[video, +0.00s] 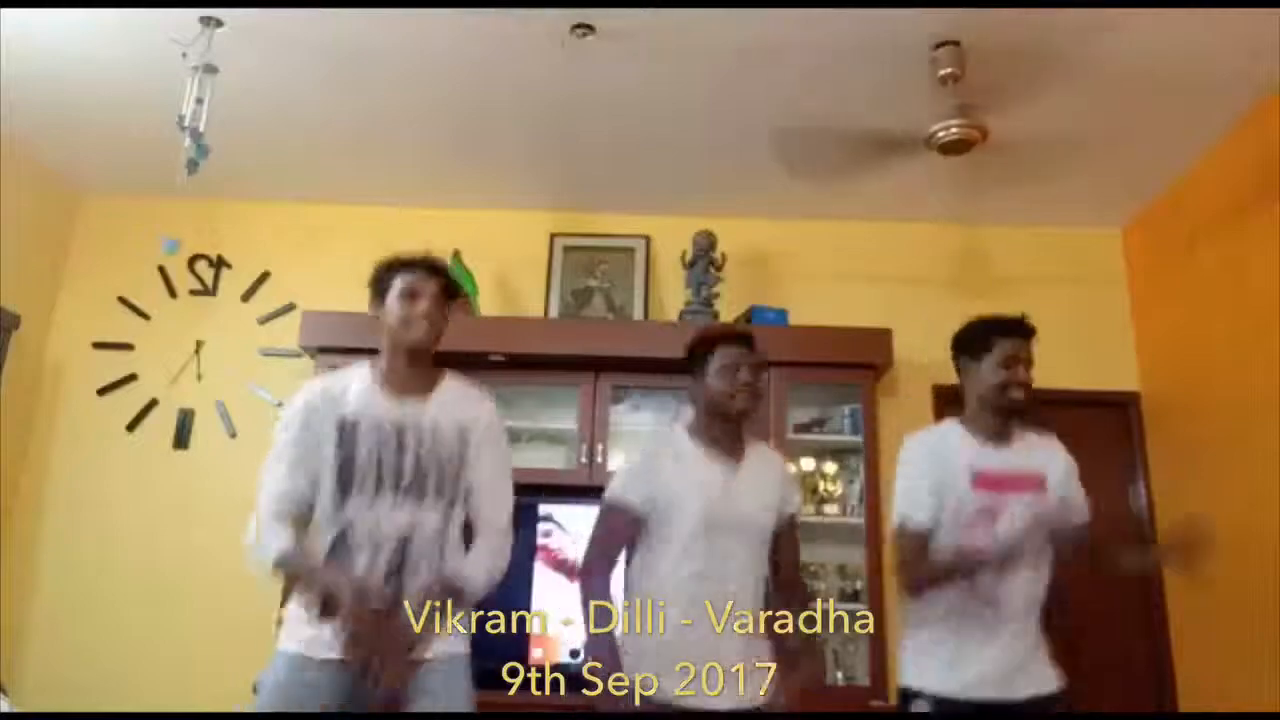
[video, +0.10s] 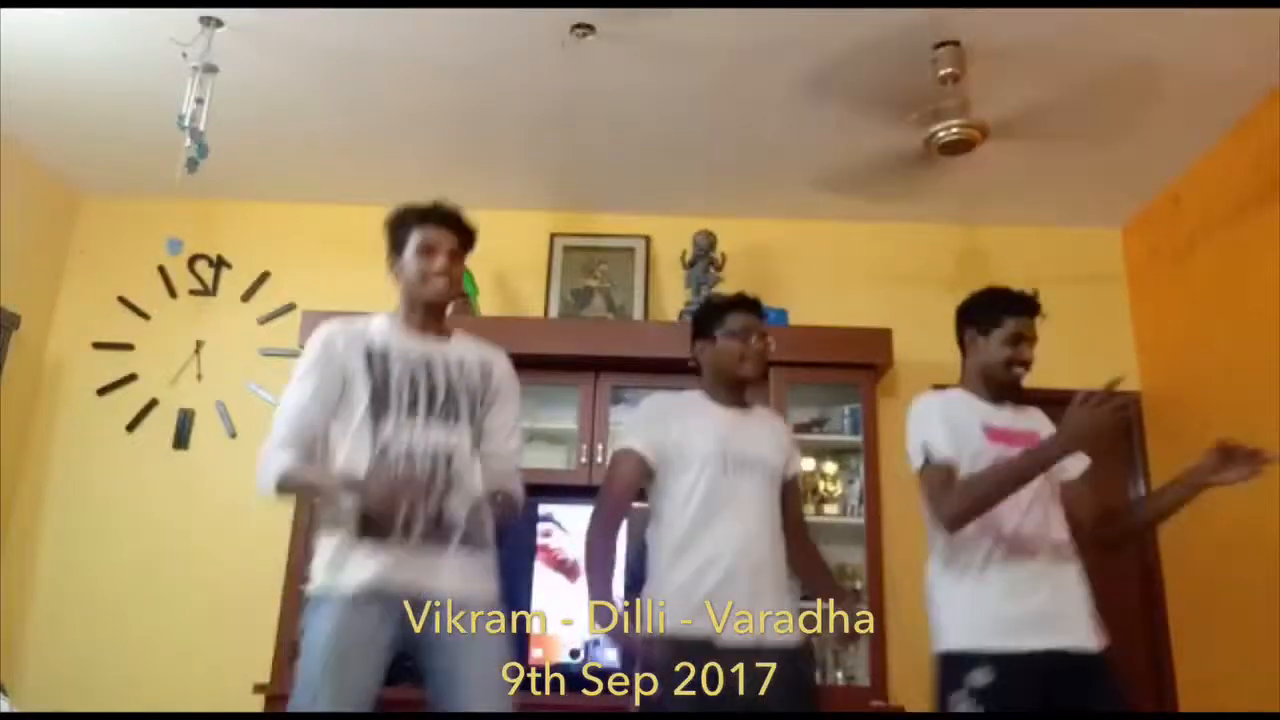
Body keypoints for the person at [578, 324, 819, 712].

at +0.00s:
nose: (746, 379)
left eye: (754, 370)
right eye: (730, 369)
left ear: (763, 381)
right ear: (696, 382)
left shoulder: (774, 472)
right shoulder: (656, 463)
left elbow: (787, 585)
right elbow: (595, 566)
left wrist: (792, 673)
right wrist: (604, 660)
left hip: (744, 691)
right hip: (655, 686)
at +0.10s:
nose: (753, 347)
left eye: (759, 338)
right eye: (738, 335)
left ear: (766, 348)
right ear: (700, 349)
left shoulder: (777, 431)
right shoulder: (661, 414)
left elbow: (795, 537)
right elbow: (604, 522)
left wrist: (838, 600)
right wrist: (605, 613)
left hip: (775, 651)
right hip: (681, 648)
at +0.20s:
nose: (770, 343)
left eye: (774, 335)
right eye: (754, 331)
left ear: (777, 347)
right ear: (711, 341)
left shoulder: (780, 426)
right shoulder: (670, 404)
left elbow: (794, 536)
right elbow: (627, 501)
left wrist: (873, 600)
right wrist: (587, 563)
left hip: (797, 629)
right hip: (705, 627)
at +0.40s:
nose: (797, 425)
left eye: (802, 414)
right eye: (785, 410)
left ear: (803, 420)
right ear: (737, 409)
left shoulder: (796, 500)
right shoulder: (686, 477)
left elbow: (829, 620)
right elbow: (646, 595)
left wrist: (905, 690)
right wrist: (561, 658)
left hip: (825, 694)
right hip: (736, 688)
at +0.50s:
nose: (802, 388)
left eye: (805, 376)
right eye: (788, 373)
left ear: (806, 382)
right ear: (746, 375)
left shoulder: (810, 472)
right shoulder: (697, 447)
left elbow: (835, 602)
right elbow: (650, 556)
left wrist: (934, 667)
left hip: (820, 682)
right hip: (727, 678)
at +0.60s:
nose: (783, 334)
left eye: (794, 327)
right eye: (769, 323)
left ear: (804, 345)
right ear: (739, 334)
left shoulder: (814, 420)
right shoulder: (692, 403)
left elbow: (836, 543)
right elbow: (640, 506)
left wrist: (922, 630)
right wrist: (624, 571)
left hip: (800, 655)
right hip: (698, 648)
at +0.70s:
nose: (748, 327)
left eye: (762, 318)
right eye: (735, 318)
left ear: (784, 337)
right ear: (717, 335)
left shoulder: (813, 417)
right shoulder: (679, 405)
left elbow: (840, 531)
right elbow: (610, 516)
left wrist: (876, 621)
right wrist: (632, 596)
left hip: (794, 651)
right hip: (693, 647)